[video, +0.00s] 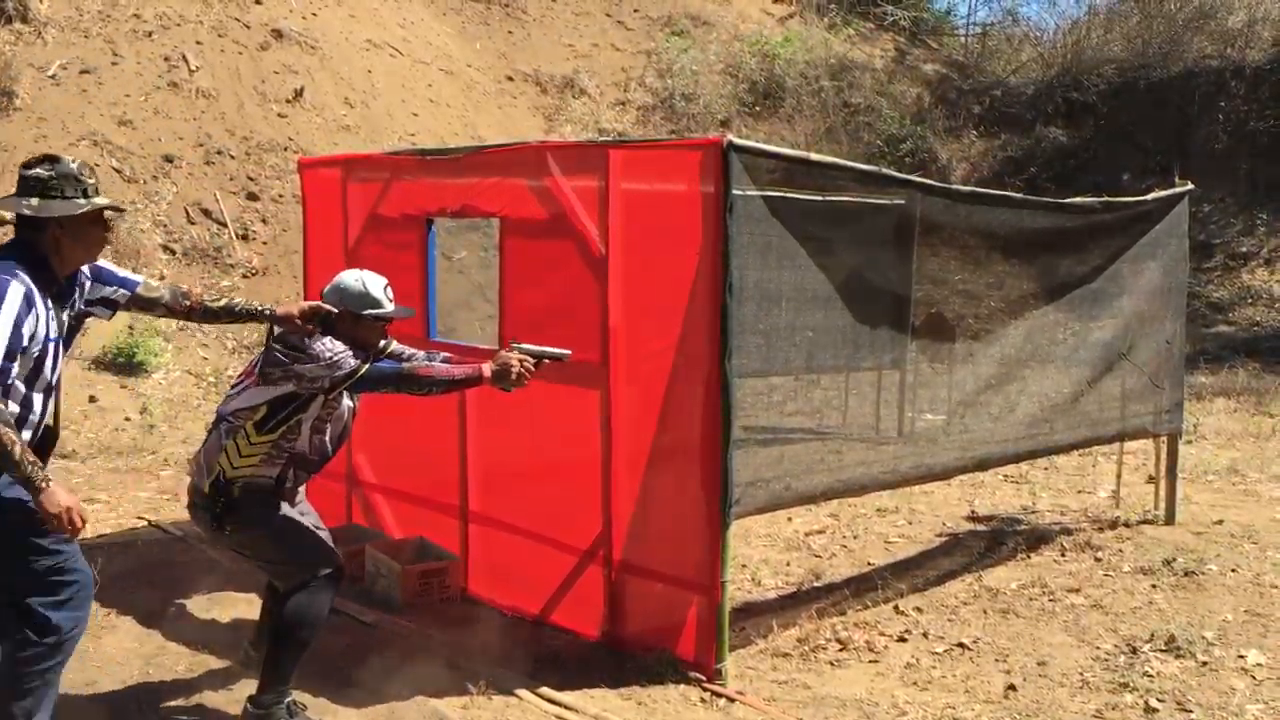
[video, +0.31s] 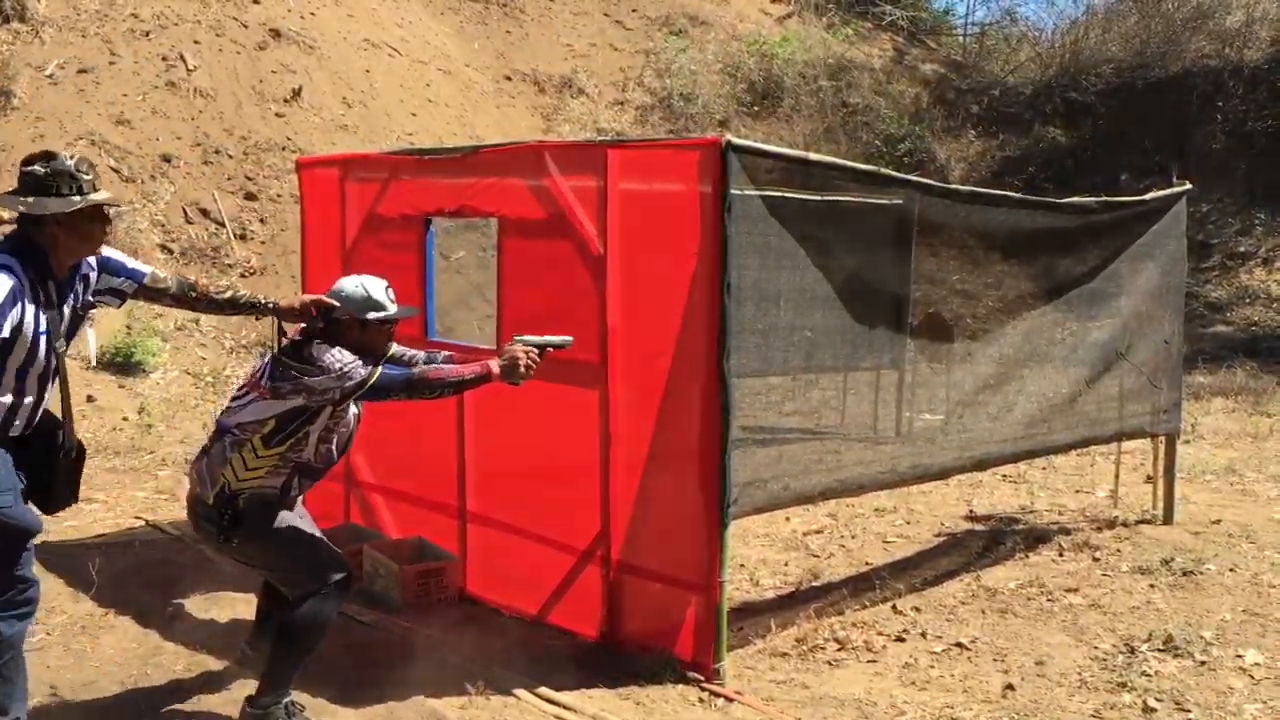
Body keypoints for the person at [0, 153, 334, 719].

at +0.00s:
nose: (108, 228)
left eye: (105, 217)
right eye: (96, 219)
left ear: (64, 231)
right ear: (57, 232)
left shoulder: (79, 276)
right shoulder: (13, 295)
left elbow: (179, 301)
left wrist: (275, 314)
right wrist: (40, 482)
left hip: (16, 475)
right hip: (4, 480)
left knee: (46, 581)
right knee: (66, 583)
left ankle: (18, 698)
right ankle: (22, 707)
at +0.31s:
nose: (107, 226)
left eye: (104, 215)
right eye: (95, 217)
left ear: (68, 225)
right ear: (55, 227)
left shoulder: (89, 267)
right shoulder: (6, 289)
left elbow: (183, 291)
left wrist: (276, 308)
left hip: (19, 443)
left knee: (15, 592)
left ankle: (10, 709)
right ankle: (11, 709)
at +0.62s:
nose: (91, 228)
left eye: (89, 217)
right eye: (79, 219)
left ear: (53, 226)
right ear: (39, 227)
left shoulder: (75, 273)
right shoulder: (5, 292)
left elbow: (158, 299)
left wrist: (243, 305)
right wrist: (4, 474)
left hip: (16, 468)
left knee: (25, 589)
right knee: (16, 593)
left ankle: (8, 702)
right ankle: (9, 707)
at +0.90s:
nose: (50, 228)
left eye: (49, 217)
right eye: (37, 219)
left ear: (30, 225)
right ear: (2, 228)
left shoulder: (41, 269)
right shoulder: (3, 285)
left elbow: (108, 291)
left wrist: (172, 299)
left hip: (9, 457)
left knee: (15, 570)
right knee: (14, 571)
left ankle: (2, 697)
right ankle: (1, 698)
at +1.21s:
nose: (51, 222)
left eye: (50, 211)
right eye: (38, 213)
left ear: (32, 218)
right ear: (4, 221)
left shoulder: (40, 262)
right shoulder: (8, 275)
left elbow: (96, 293)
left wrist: (146, 301)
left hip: (8, 434)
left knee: (1, 536)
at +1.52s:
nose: (64, 248)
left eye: (61, 239)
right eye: (54, 241)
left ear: (28, 251)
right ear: (19, 252)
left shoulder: (44, 286)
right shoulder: (4, 312)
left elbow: (70, 325)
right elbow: (18, 402)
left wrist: (144, 337)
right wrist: (81, 460)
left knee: (70, 510)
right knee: (6, 561)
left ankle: (77, 599)